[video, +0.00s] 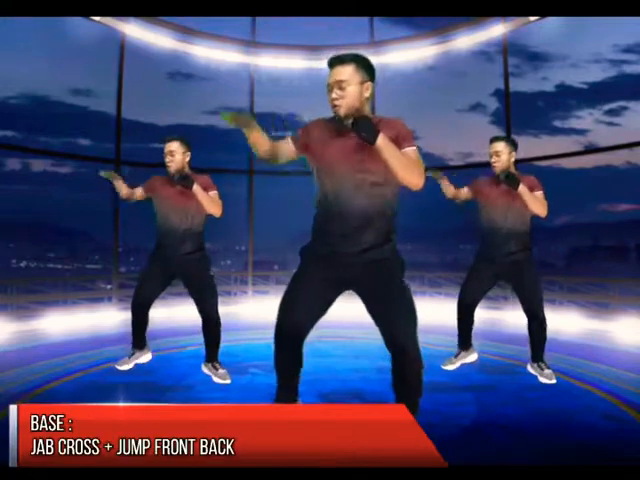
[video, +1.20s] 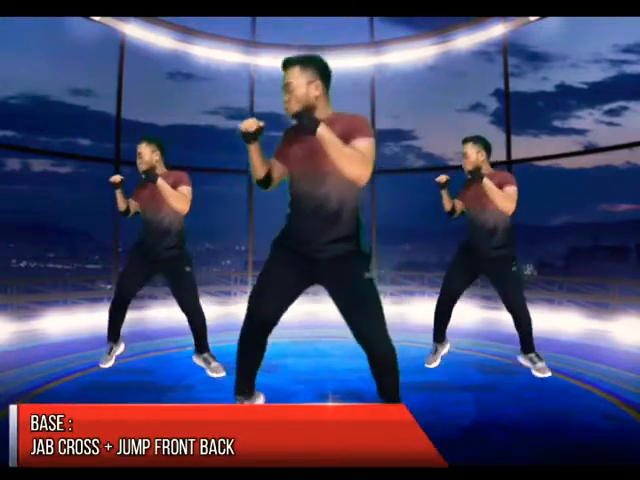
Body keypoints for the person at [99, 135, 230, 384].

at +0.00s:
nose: (168, 159)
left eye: (173, 154)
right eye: (166, 155)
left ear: (187, 156)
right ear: (164, 158)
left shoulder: (202, 182)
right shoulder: (157, 183)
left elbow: (216, 210)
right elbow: (130, 195)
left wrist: (193, 184)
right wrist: (117, 182)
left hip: (194, 259)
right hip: (163, 258)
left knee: (210, 312)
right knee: (140, 303)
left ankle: (212, 362)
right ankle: (140, 350)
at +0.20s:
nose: (154, 159)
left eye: (158, 155)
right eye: (153, 155)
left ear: (173, 156)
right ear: (155, 158)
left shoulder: (189, 183)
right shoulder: (155, 183)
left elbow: (195, 216)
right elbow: (145, 197)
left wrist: (173, 192)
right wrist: (136, 191)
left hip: (180, 257)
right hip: (157, 256)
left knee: (194, 309)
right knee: (136, 300)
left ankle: (218, 359)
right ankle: (141, 352)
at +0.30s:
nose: (152, 161)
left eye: (155, 156)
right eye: (152, 156)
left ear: (168, 158)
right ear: (158, 159)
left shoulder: (179, 181)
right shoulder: (161, 181)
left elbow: (166, 201)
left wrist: (147, 183)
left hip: (175, 256)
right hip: (158, 254)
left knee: (184, 309)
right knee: (136, 298)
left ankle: (221, 356)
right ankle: (142, 352)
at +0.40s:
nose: (156, 159)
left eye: (160, 155)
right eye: (156, 155)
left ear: (170, 157)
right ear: (164, 157)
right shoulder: (168, 178)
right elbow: (156, 206)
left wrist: (106, 169)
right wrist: (154, 185)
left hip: (176, 253)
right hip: (162, 252)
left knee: (184, 312)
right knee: (139, 298)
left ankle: (218, 359)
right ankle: (141, 352)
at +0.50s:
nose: (157, 159)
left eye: (161, 155)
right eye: (157, 156)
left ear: (171, 156)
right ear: (165, 158)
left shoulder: (181, 177)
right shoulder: (167, 179)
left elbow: (146, 183)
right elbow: (156, 207)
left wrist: (121, 173)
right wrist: (151, 182)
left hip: (182, 257)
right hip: (164, 256)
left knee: (192, 312)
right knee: (142, 299)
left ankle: (221, 360)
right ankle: (142, 352)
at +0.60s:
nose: (158, 162)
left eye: (161, 158)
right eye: (156, 158)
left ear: (173, 158)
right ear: (157, 162)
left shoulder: (189, 180)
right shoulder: (161, 183)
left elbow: (188, 206)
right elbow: (154, 211)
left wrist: (161, 184)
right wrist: (150, 191)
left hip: (189, 256)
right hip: (168, 255)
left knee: (198, 312)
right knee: (145, 301)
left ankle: (222, 363)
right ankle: (142, 352)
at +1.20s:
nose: (138, 159)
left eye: (142, 154)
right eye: (137, 155)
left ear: (157, 155)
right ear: (141, 159)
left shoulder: (179, 178)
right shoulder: (144, 188)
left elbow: (183, 206)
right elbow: (126, 209)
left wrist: (157, 179)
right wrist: (118, 189)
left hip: (174, 254)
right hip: (145, 253)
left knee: (191, 306)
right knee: (121, 297)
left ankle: (203, 353)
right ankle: (113, 343)